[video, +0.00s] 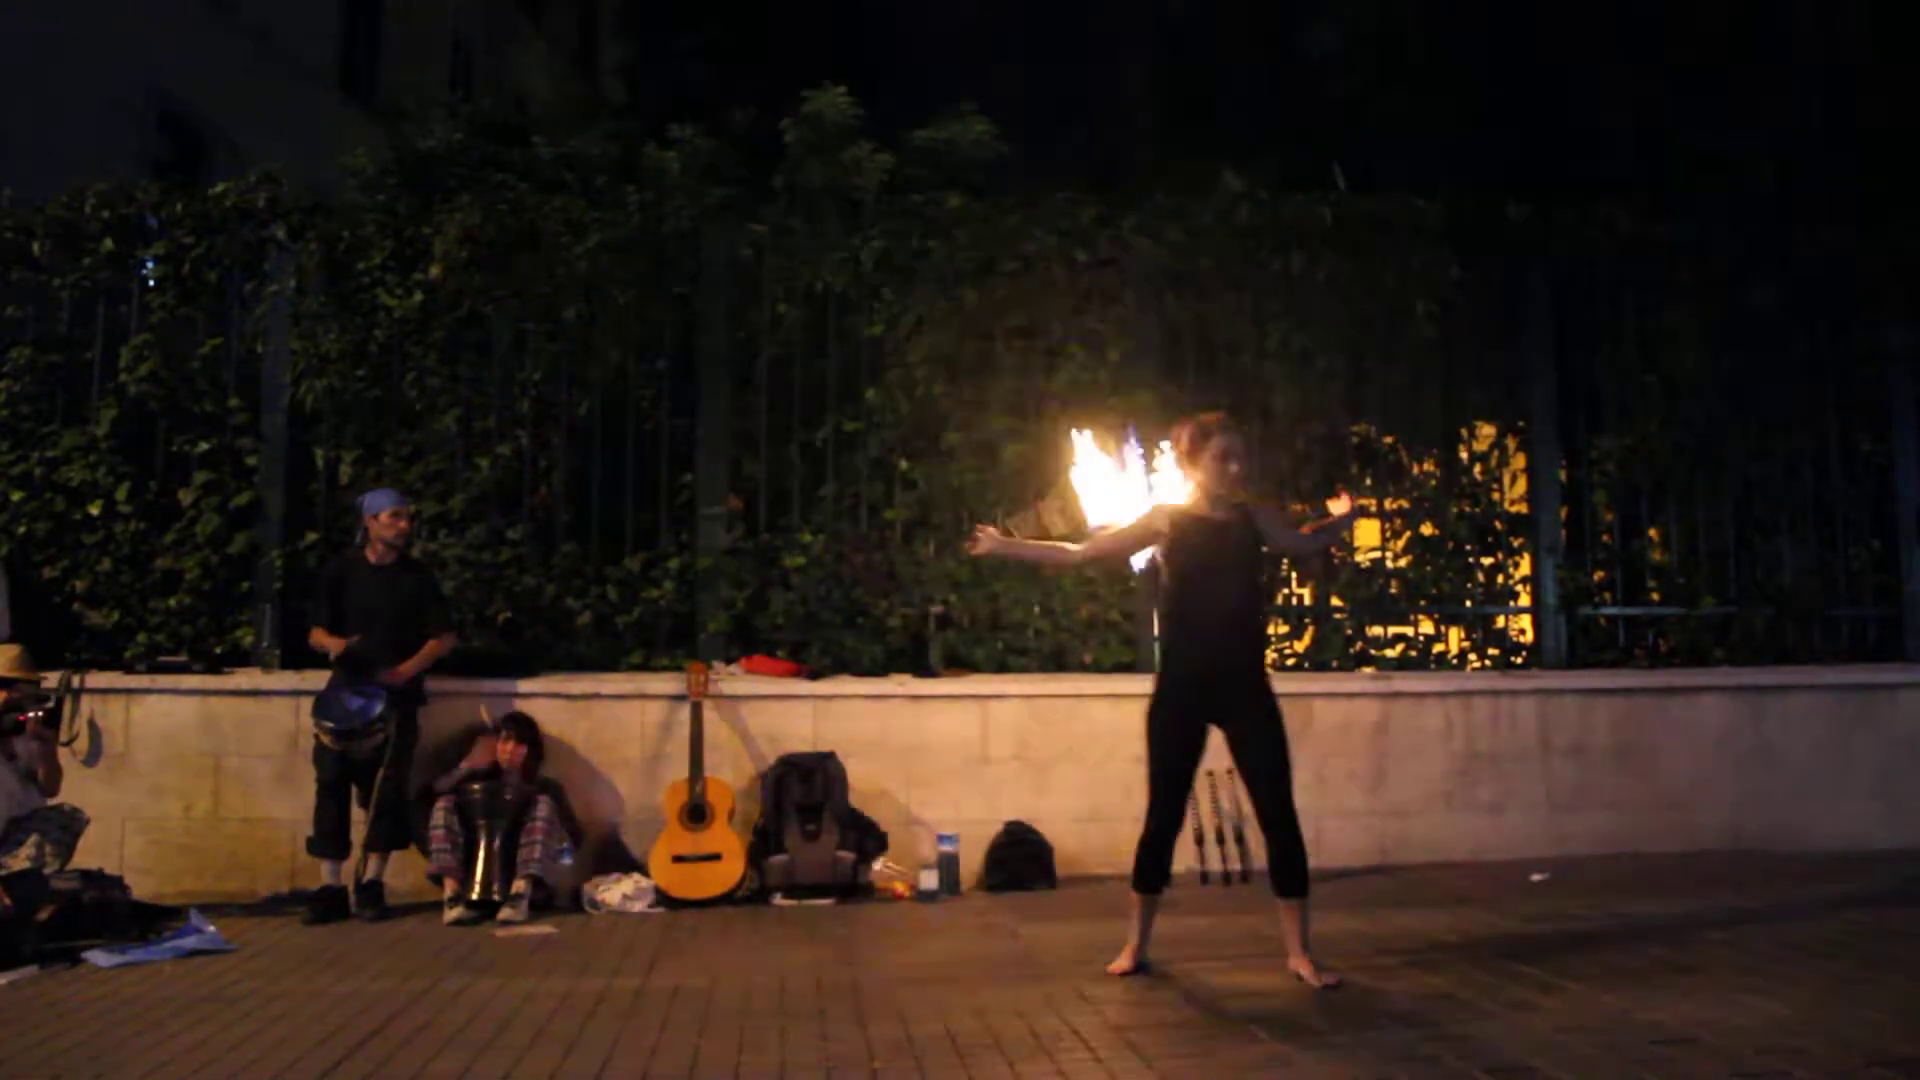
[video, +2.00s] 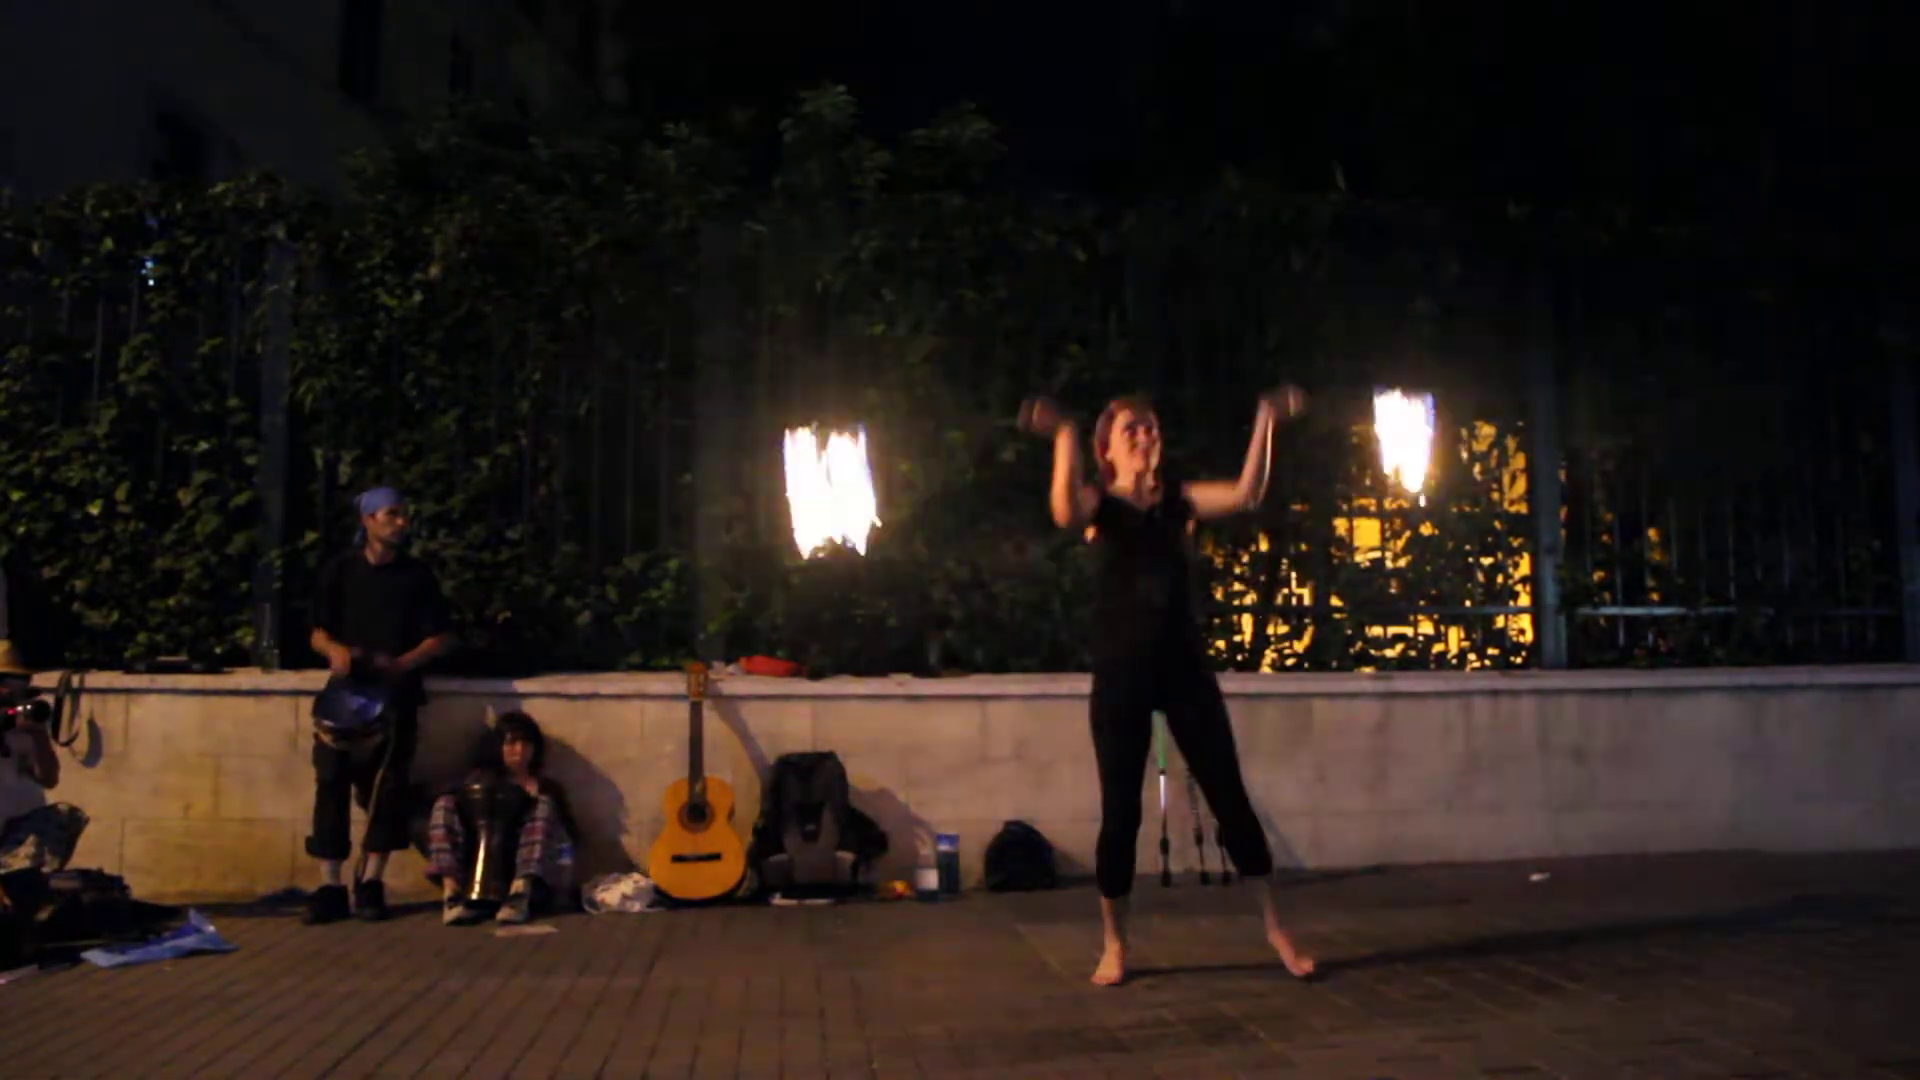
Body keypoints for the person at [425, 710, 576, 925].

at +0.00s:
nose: (510, 749)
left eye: (519, 744)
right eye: (505, 740)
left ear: (531, 752)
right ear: (495, 744)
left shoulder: (545, 788)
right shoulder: (475, 783)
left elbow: (572, 838)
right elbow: (434, 793)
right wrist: (468, 766)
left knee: (543, 804)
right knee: (444, 805)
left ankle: (520, 894)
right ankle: (451, 895)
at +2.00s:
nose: (518, 750)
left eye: (525, 743)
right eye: (511, 743)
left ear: (535, 749)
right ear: (499, 748)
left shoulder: (548, 788)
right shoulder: (483, 783)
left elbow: (567, 837)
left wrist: (539, 801)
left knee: (543, 807)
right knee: (445, 805)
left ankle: (521, 893)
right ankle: (451, 893)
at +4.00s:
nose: (524, 753)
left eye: (534, 750)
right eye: (521, 743)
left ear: (542, 759)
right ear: (509, 744)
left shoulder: (550, 790)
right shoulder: (488, 778)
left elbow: (568, 838)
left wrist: (536, 802)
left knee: (542, 806)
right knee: (444, 804)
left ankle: (520, 893)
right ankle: (451, 893)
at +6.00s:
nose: (522, 752)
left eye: (527, 745)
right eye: (513, 745)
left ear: (536, 751)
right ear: (498, 748)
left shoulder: (547, 788)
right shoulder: (482, 783)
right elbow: (437, 783)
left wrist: (526, 785)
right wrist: (475, 753)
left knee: (540, 804)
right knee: (443, 805)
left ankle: (520, 893)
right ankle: (451, 893)